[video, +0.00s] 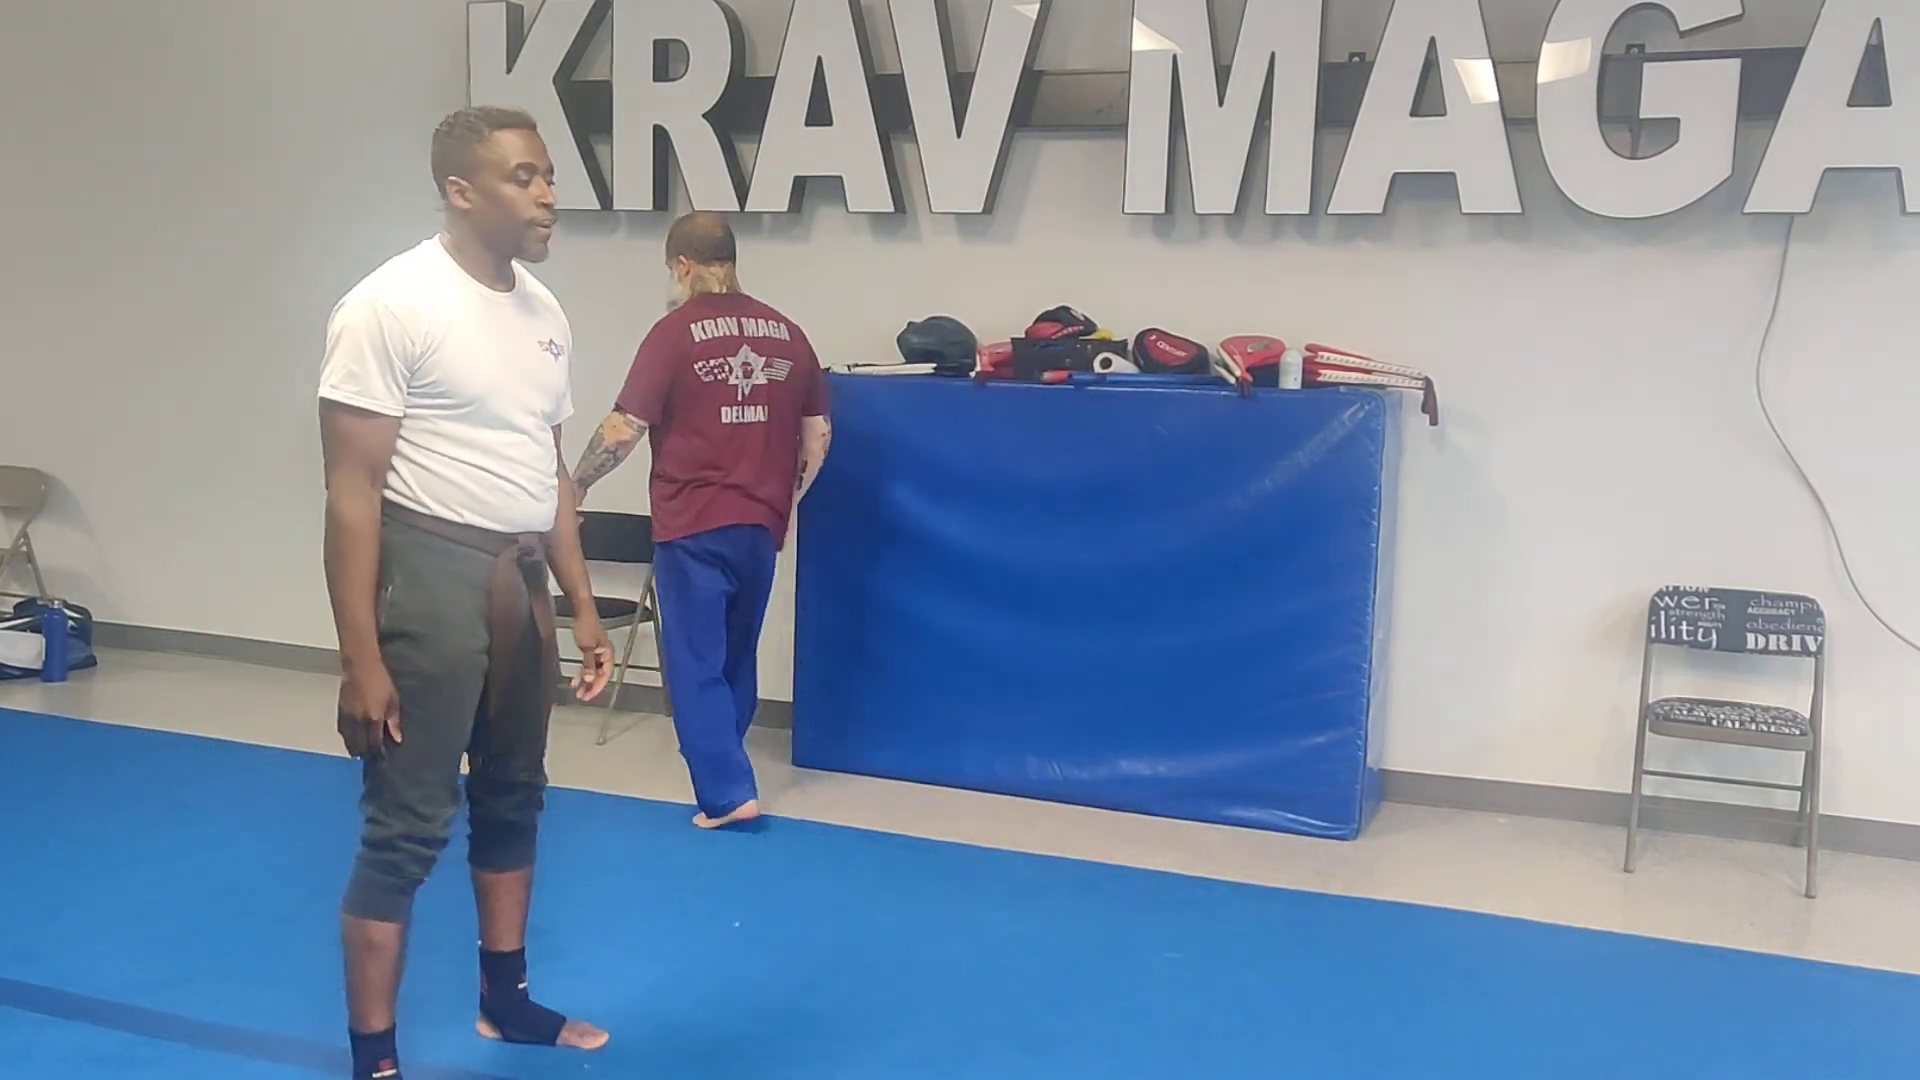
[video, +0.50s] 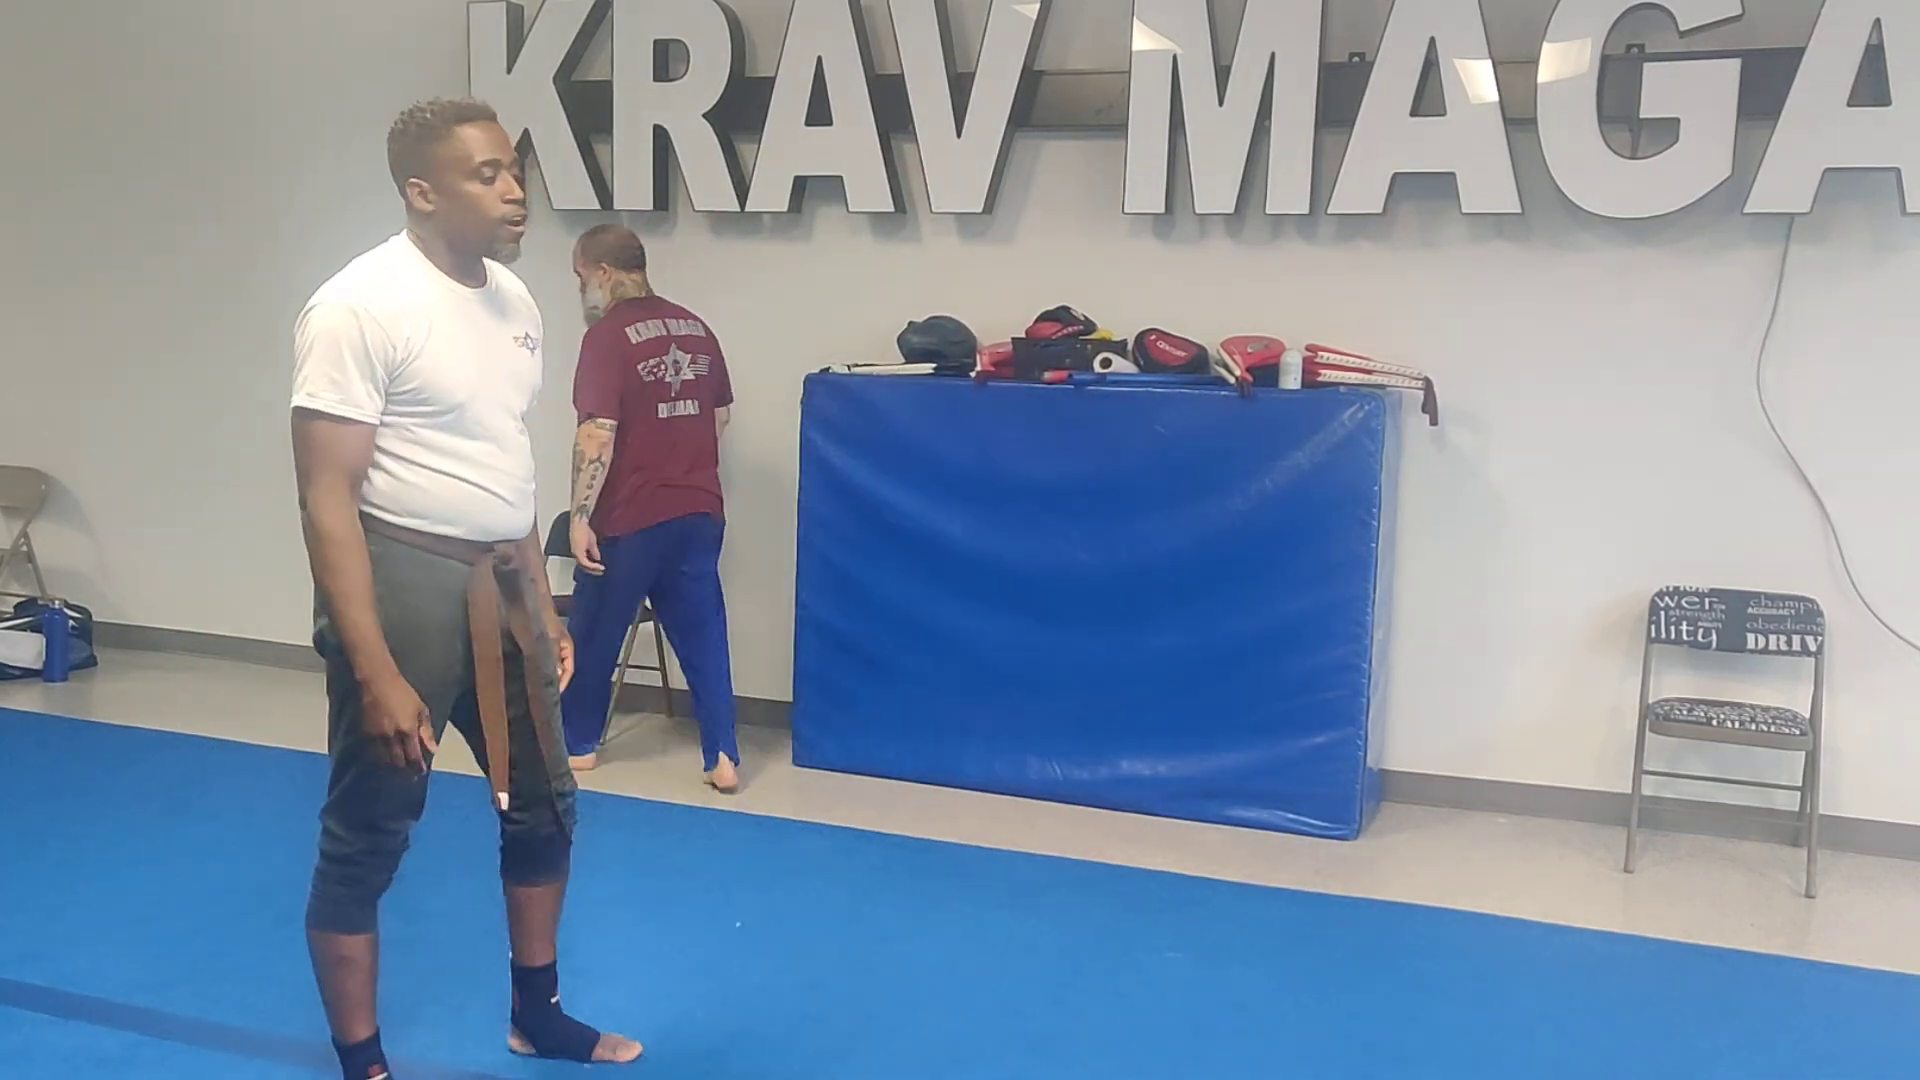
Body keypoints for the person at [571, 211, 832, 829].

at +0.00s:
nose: (670, 277)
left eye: (670, 268)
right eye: (672, 267)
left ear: (682, 266)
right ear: (731, 262)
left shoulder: (676, 331)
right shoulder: (786, 330)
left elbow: (621, 433)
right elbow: (819, 432)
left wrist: (574, 483)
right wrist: (789, 495)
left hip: (693, 521)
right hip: (763, 520)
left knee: (696, 665)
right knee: (738, 656)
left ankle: (731, 795)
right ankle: (722, 782)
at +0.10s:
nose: (663, 278)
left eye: (664, 269)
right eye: (665, 268)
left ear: (677, 266)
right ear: (724, 265)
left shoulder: (670, 328)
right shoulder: (773, 328)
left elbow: (628, 431)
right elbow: (801, 429)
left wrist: (586, 501)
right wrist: (767, 487)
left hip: (683, 515)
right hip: (753, 515)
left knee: (656, 640)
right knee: (726, 637)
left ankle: (711, 745)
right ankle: (718, 772)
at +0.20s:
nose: (649, 276)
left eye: (650, 265)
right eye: (648, 266)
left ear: (669, 260)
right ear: (710, 261)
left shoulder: (662, 323)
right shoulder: (760, 325)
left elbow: (629, 423)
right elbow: (784, 419)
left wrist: (603, 498)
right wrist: (748, 476)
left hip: (669, 510)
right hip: (738, 511)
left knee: (629, 618)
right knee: (724, 640)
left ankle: (671, 734)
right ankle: (724, 767)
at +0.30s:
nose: (631, 278)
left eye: (632, 267)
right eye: (630, 268)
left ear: (654, 261)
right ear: (692, 261)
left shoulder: (652, 322)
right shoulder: (745, 323)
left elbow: (628, 421)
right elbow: (765, 416)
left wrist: (609, 499)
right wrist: (730, 472)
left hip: (658, 505)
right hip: (729, 506)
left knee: (614, 628)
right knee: (723, 640)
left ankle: (628, 758)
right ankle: (724, 767)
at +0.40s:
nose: (608, 283)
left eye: (610, 272)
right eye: (607, 273)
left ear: (632, 268)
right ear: (668, 266)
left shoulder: (634, 326)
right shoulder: (721, 324)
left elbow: (621, 427)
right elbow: (742, 415)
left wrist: (602, 507)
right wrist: (718, 481)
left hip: (648, 512)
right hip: (716, 508)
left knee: (609, 637)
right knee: (718, 643)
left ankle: (590, 749)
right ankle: (724, 767)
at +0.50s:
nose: (579, 287)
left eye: (581, 275)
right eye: (579, 276)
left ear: (603, 274)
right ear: (637, 270)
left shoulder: (606, 334)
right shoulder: (694, 326)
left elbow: (598, 434)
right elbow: (719, 414)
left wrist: (579, 515)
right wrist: (684, 468)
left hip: (633, 514)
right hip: (700, 508)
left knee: (595, 631)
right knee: (704, 638)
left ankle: (579, 744)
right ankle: (723, 758)